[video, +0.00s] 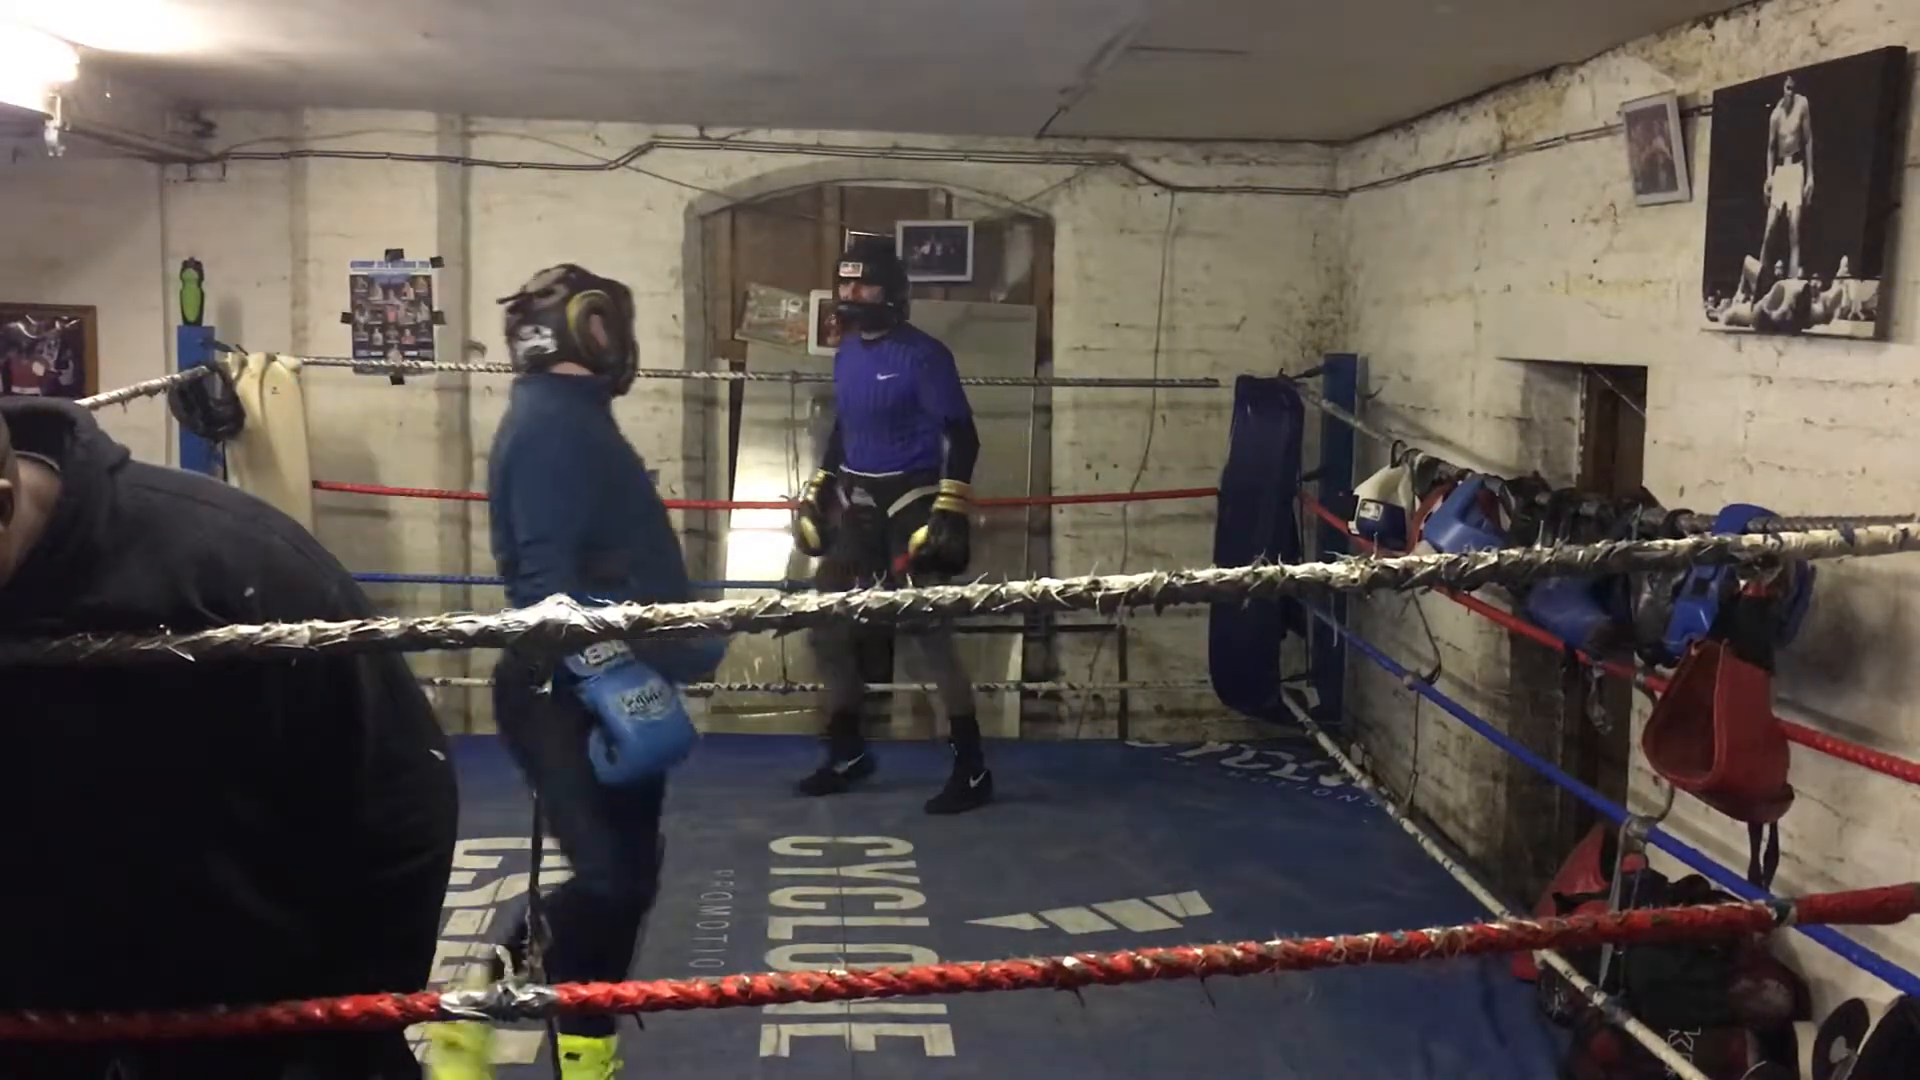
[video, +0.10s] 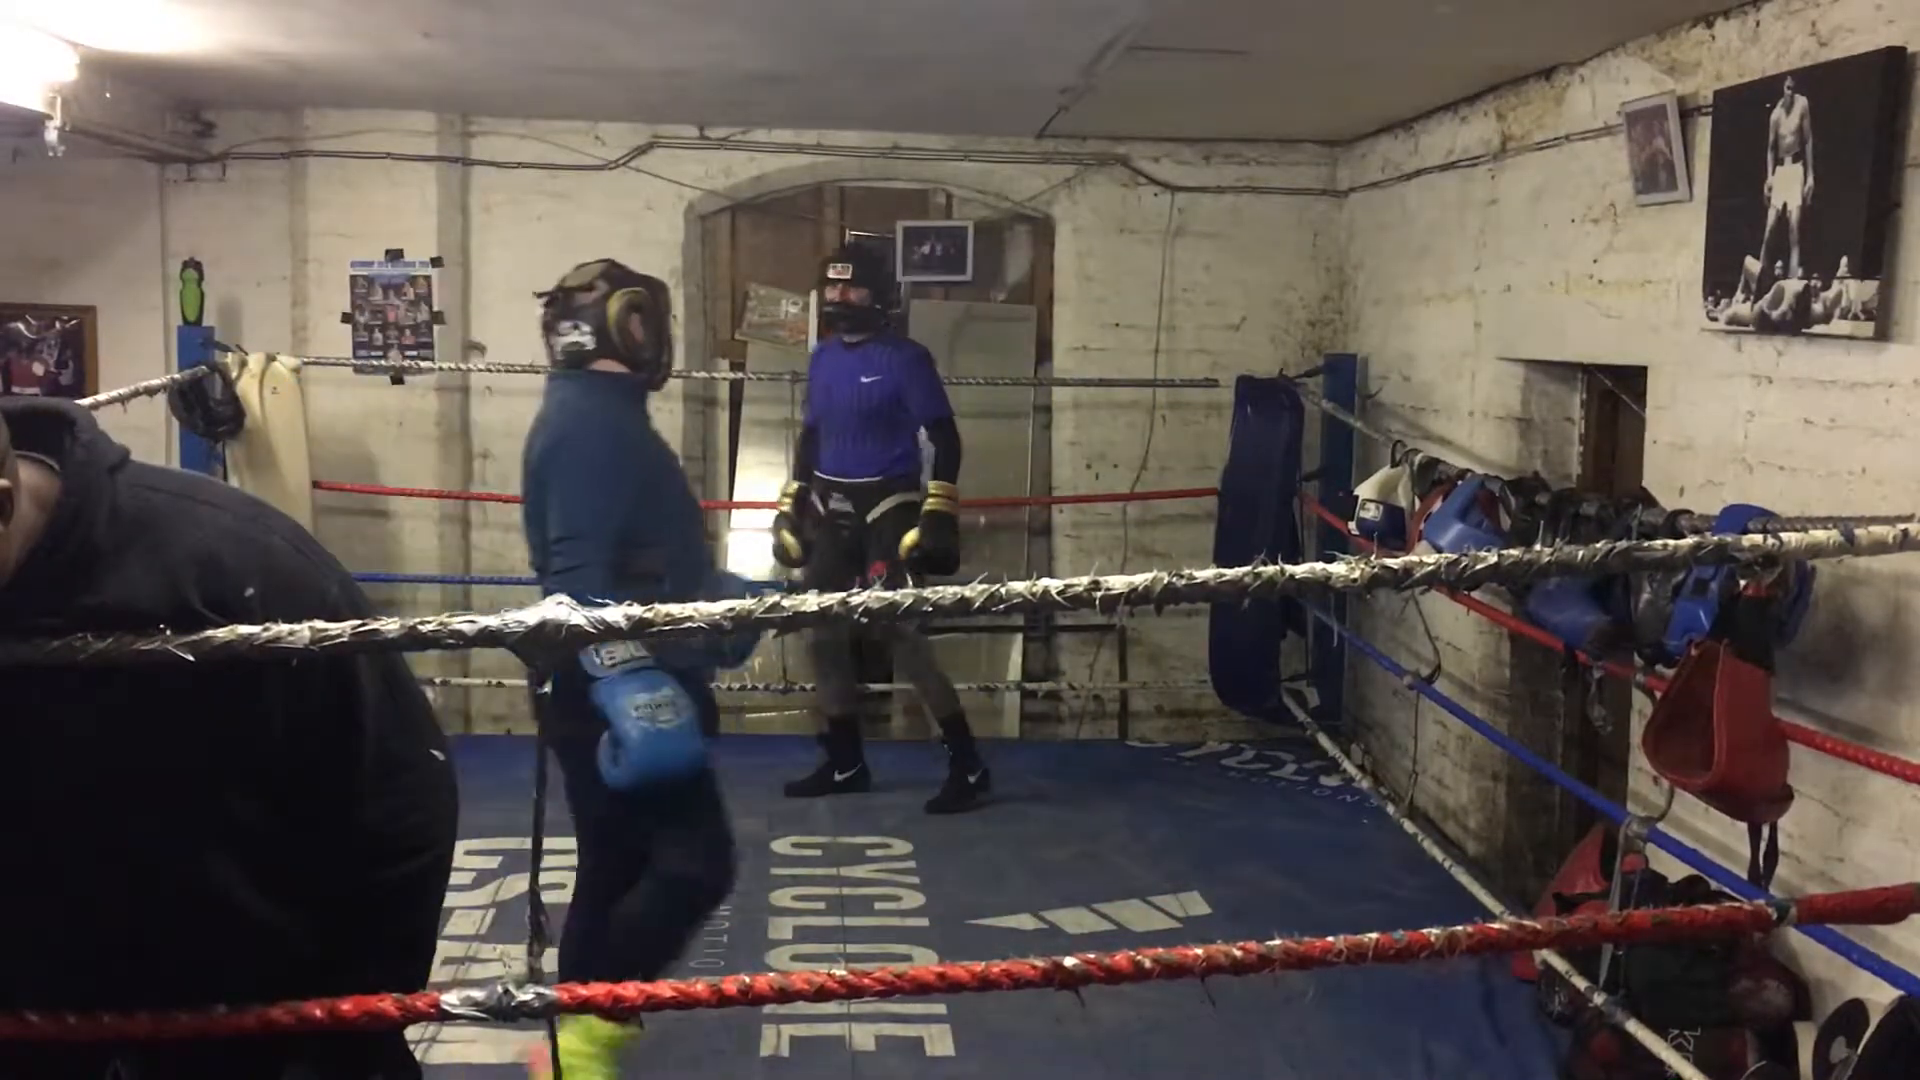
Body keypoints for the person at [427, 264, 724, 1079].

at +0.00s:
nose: (625, 338)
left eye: (619, 322)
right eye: (612, 322)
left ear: (552, 333)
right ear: (582, 329)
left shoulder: (571, 416)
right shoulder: (551, 423)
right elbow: (546, 578)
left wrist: (661, 656)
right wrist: (615, 685)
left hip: (602, 684)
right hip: (565, 688)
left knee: (618, 878)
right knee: (614, 881)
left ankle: (585, 1050)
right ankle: (465, 1008)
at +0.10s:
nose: (661, 336)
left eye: (658, 322)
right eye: (650, 320)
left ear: (593, 329)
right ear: (619, 325)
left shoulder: (607, 414)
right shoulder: (592, 419)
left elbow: (653, 562)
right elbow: (577, 562)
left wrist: (739, 595)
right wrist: (624, 674)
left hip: (616, 676)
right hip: (612, 682)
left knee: (614, 863)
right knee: (696, 861)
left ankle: (583, 1037)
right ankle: (590, 1024)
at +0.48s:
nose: (825, 352)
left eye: (820, 335)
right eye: (815, 338)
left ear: (731, 361)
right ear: (791, 355)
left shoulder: (695, 444)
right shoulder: (789, 448)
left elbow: (711, 572)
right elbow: (800, 594)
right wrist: (842, 707)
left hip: (706, 689)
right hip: (780, 698)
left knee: (691, 883)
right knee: (852, 885)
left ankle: (598, 1054)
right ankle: (885, 1059)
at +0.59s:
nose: (886, 359)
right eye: (879, 345)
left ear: (786, 352)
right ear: (862, 351)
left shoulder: (736, 439)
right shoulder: (859, 444)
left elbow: (709, 576)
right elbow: (874, 587)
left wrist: (725, 664)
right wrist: (928, 699)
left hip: (753, 688)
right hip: (838, 693)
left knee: (761, 872)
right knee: (894, 880)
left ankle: (628, 1040)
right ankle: (894, 1061)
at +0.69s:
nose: (920, 352)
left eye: (912, 334)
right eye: (919, 339)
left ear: (834, 343)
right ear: (916, 346)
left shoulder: (772, 436)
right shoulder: (919, 446)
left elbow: (733, 563)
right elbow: (957, 581)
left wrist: (733, 670)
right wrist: (1014, 678)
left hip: (797, 685)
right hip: (893, 689)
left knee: (835, 844)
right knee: (912, 876)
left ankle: (712, 976)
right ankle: (896, 1058)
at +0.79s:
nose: (951, 346)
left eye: (941, 329)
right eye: (952, 334)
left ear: (865, 338)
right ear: (953, 342)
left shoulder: (804, 433)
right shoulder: (969, 444)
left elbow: (754, 560)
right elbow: (1021, 571)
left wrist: (749, 660)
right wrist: (1078, 661)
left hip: (820, 676)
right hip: (920, 684)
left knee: (875, 826)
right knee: (926, 866)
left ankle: (806, 978)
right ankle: (900, 1055)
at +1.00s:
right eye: (1001, 350)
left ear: (926, 358)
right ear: (1006, 359)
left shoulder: (869, 442)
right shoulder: (1042, 447)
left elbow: (804, 563)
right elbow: (1099, 564)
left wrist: (823, 641)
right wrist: (1150, 646)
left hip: (885, 681)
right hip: (987, 687)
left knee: (953, 846)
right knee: (944, 868)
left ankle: (993, 1018)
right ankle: (903, 1059)